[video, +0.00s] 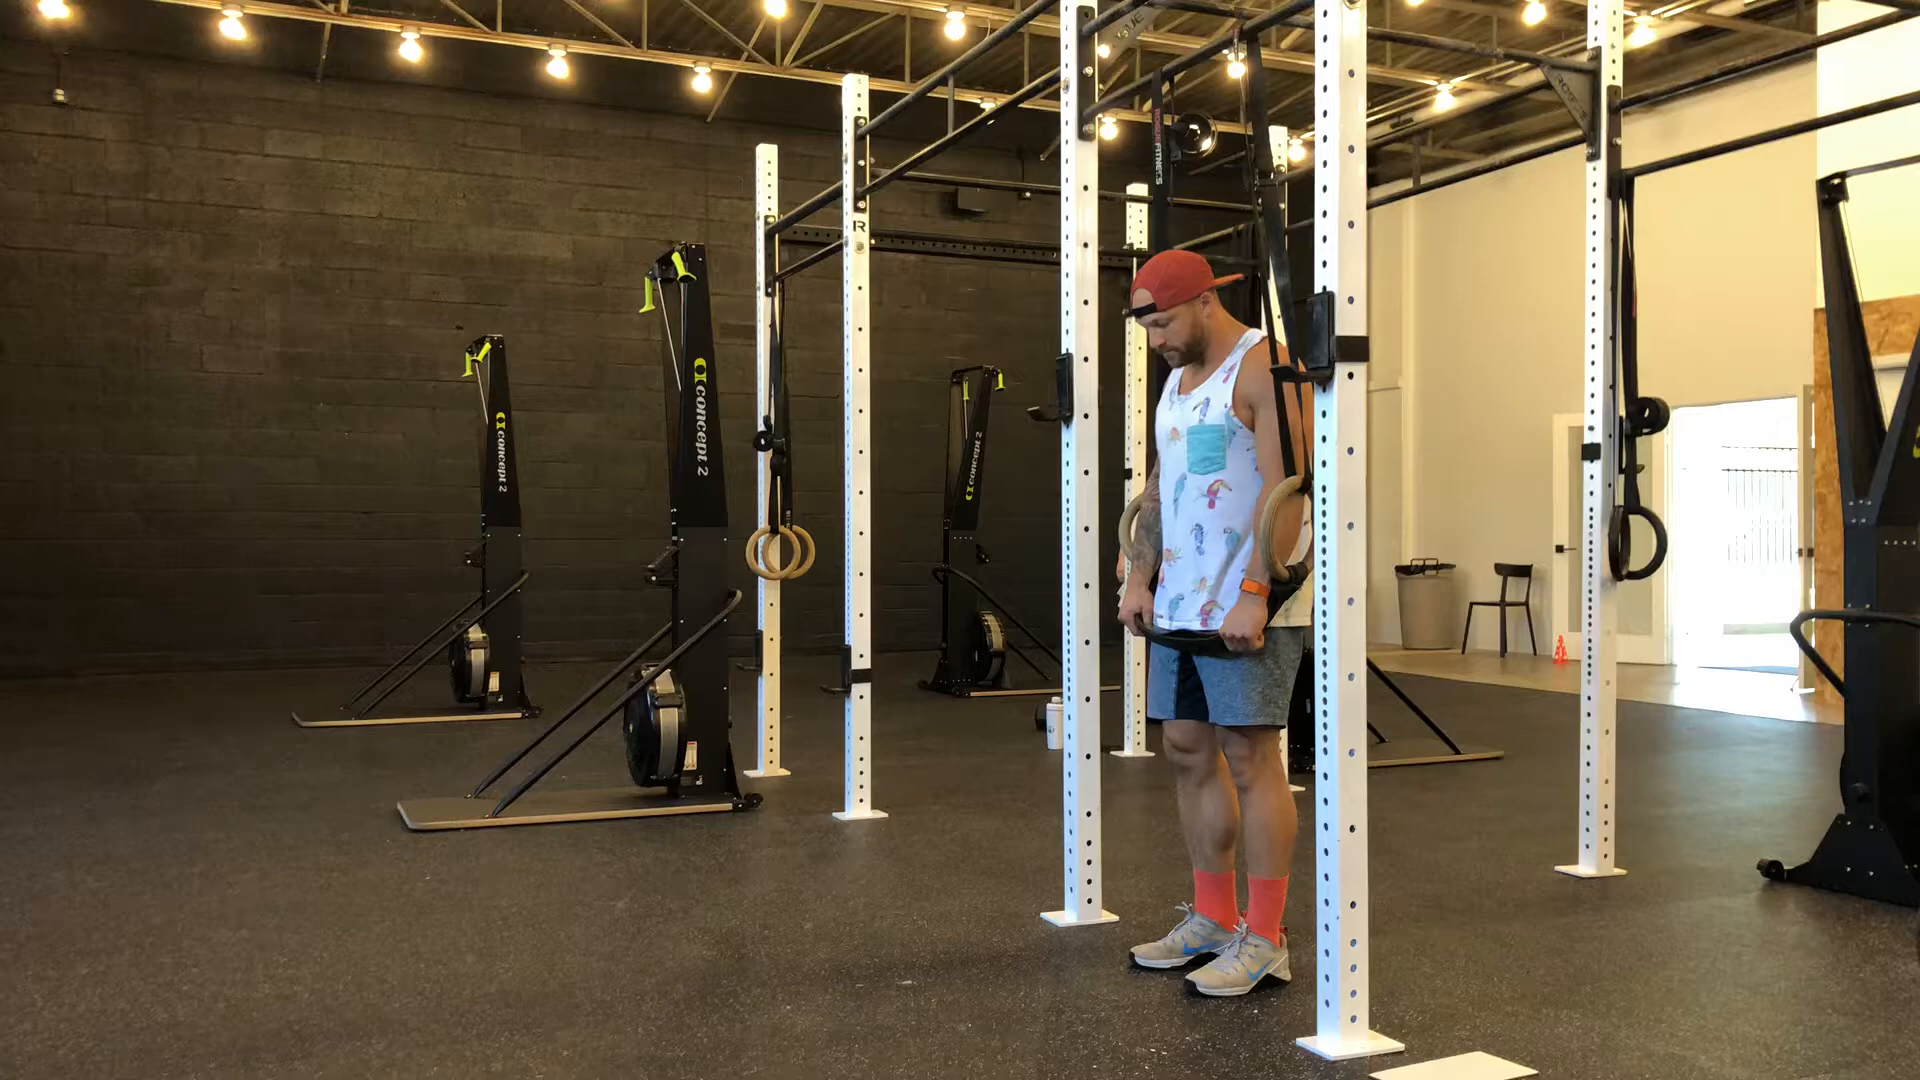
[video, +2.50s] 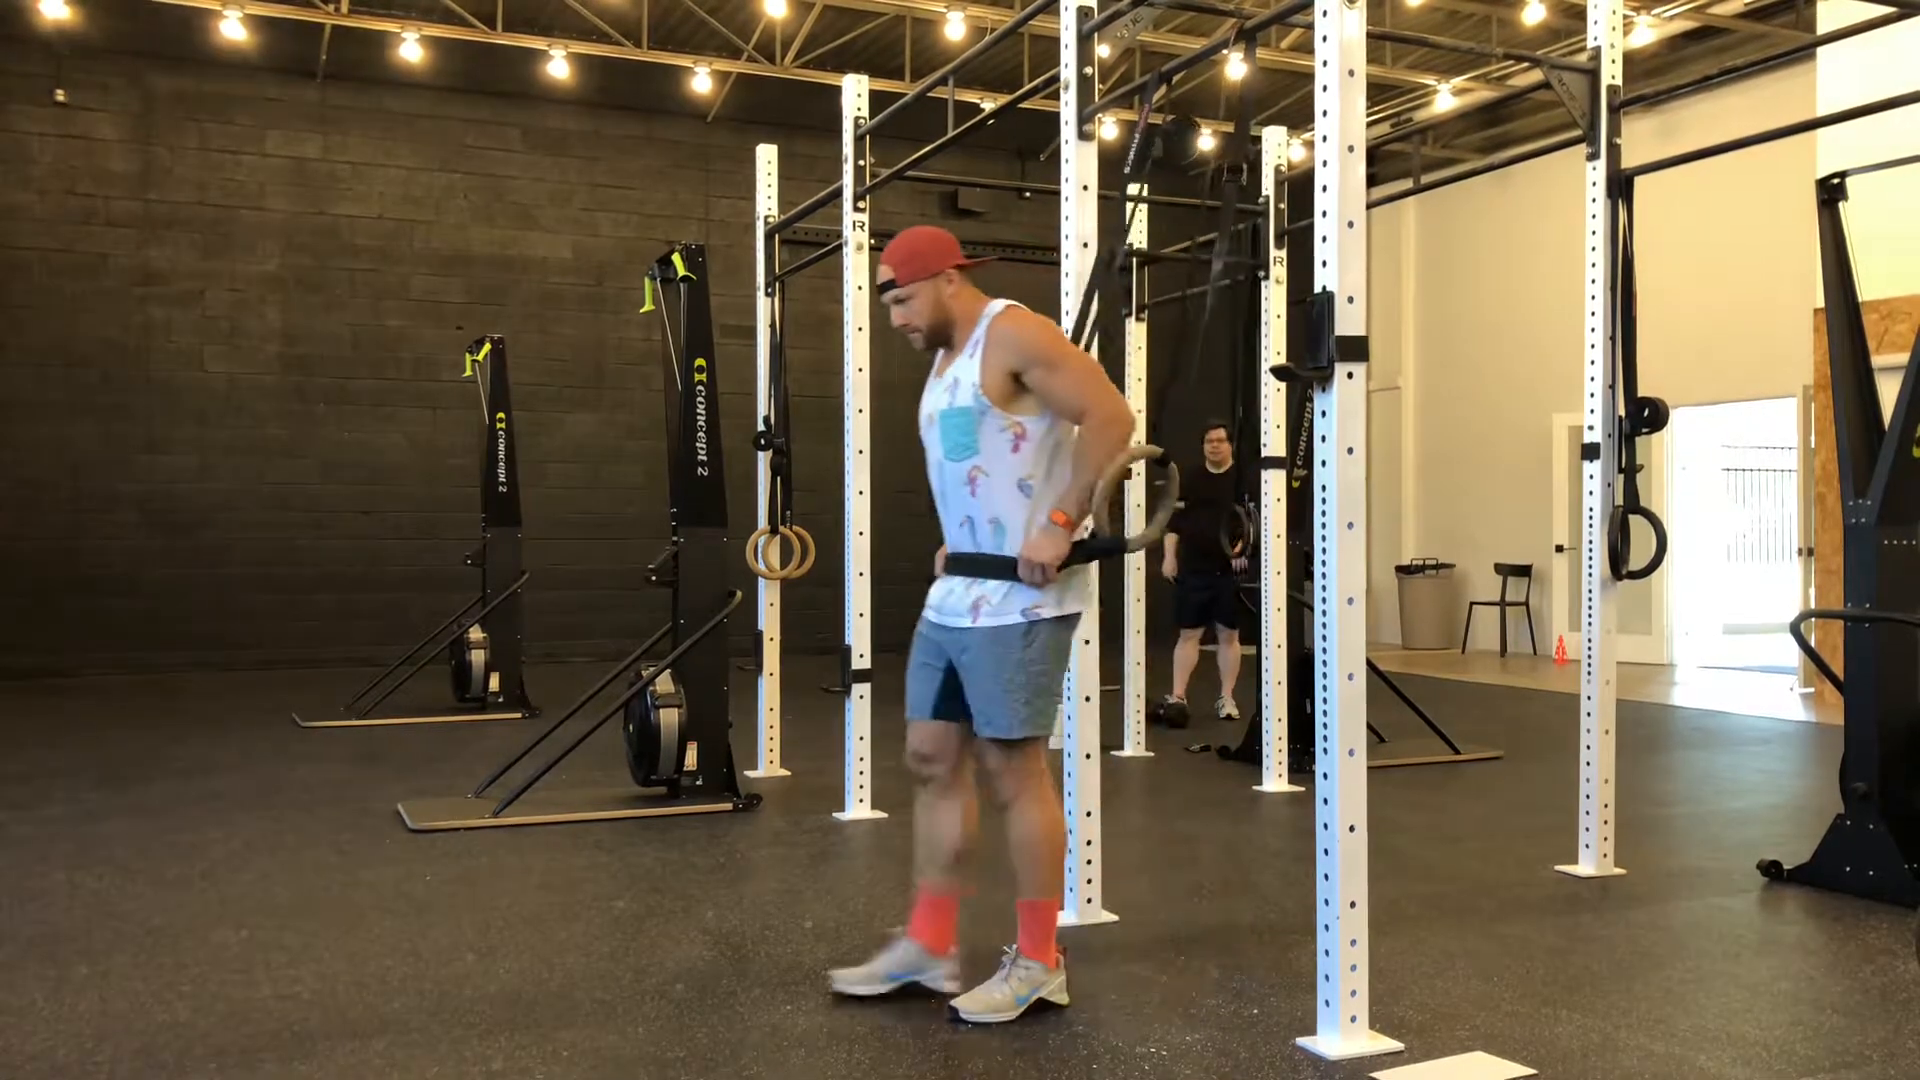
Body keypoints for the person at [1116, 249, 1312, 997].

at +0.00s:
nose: (1150, 334)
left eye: (1157, 317)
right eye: (1144, 321)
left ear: (1204, 301)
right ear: (1165, 317)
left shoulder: (1264, 369)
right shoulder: (1176, 378)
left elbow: (1286, 490)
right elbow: (1161, 490)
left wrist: (1257, 589)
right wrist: (1139, 571)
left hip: (1247, 605)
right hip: (1183, 603)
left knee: (1251, 758)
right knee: (1188, 752)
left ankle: (1266, 939)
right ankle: (1213, 921)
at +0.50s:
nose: (1131, 328)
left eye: (1138, 312)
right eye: (1126, 315)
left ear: (1187, 299)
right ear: (1161, 310)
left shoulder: (1249, 363)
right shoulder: (1166, 380)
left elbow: (1273, 489)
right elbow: (1153, 491)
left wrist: (1240, 586)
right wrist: (1132, 575)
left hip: (1236, 602)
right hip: (1177, 604)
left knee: (1246, 760)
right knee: (1196, 754)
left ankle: (1264, 938)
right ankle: (1213, 919)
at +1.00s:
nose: (1143, 296)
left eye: (1156, 282)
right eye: (1142, 285)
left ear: (1203, 288)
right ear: (1169, 295)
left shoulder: (1251, 364)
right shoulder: (1168, 375)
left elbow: (1267, 489)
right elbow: (1153, 491)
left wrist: (1233, 587)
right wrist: (1127, 571)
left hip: (1230, 604)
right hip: (1168, 605)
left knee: (1243, 762)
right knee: (1192, 759)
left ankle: (1263, 939)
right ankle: (1212, 921)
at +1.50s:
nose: (1128, 301)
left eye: (1141, 288)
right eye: (1126, 289)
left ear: (1185, 292)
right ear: (1145, 299)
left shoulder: (1232, 364)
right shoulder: (1149, 375)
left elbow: (1249, 485)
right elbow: (1130, 481)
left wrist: (1208, 579)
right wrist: (1097, 559)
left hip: (1214, 601)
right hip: (1155, 600)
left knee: (1215, 762)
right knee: (1182, 760)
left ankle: (1261, 937)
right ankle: (1213, 921)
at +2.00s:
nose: (1032, 324)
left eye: (1043, 308)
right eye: (1029, 311)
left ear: (1094, 306)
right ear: (1049, 318)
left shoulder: (1149, 378)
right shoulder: (1065, 387)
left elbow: (1205, 482)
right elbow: (1067, 483)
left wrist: (1138, 550)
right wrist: (1033, 534)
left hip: (1135, 600)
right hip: (1092, 599)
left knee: (1065, 755)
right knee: (1148, 762)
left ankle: (1042, 959)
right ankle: (1214, 916)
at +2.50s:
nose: (893, 313)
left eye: (900, 294)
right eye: (888, 298)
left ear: (947, 280)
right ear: (930, 288)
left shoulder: (1016, 335)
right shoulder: (943, 367)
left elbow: (1111, 418)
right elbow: (983, 474)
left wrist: (1060, 521)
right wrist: (953, 554)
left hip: (1017, 602)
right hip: (955, 598)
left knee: (1017, 768)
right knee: (934, 757)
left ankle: (1036, 962)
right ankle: (929, 947)